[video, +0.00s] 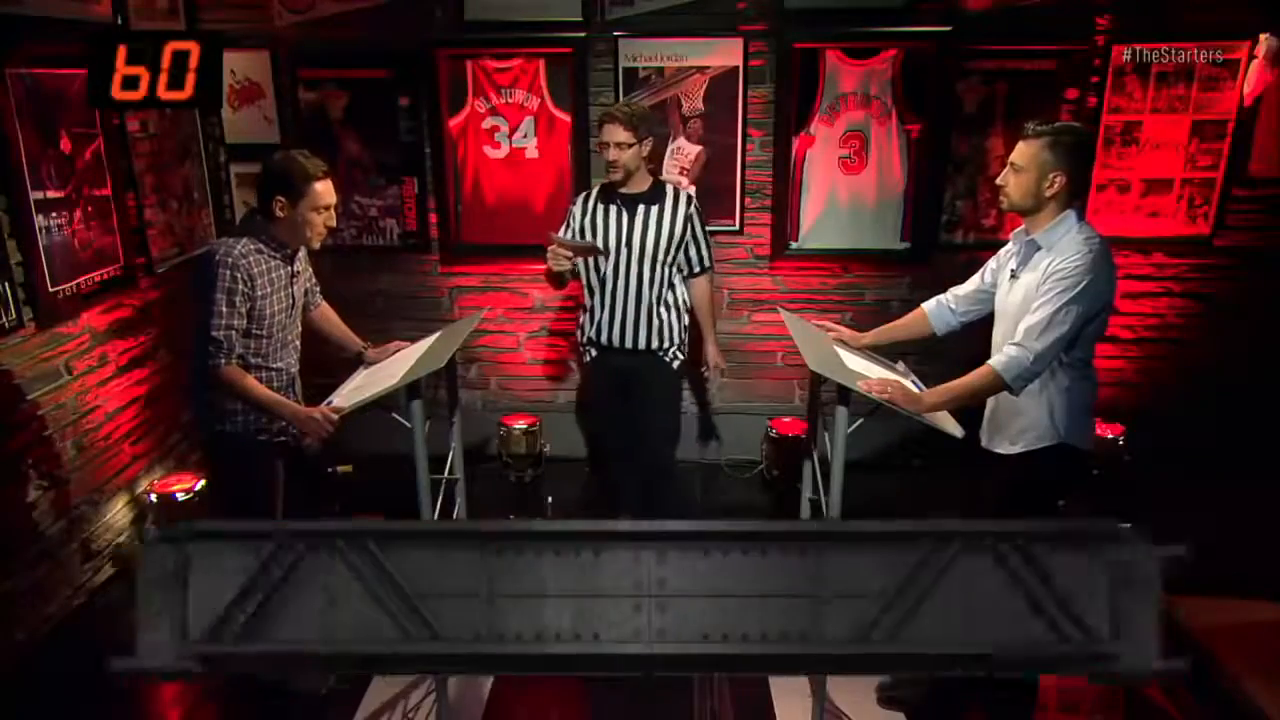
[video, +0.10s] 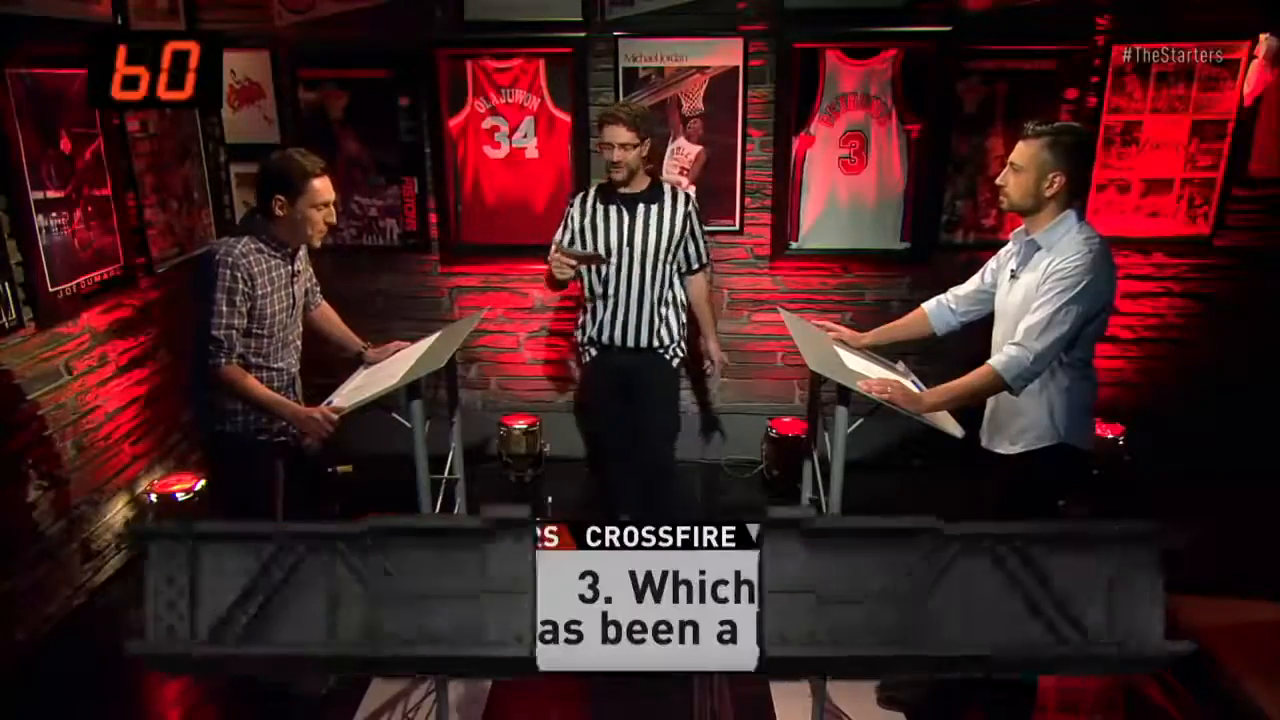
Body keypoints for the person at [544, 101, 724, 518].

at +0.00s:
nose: (611, 157)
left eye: (621, 146)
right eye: (606, 147)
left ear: (647, 147)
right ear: (599, 147)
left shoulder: (680, 204)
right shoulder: (586, 204)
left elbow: (697, 276)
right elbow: (560, 278)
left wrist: (710, 341)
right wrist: (556, 266)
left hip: (659, 357)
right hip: (601, 356)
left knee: (655, 461)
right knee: (606, 462)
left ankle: (658, 550)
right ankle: (608, 550)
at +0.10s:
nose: (615, 157)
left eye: (625, 146)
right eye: (608, 147)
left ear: (646, 147)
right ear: (600, 148)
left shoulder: (678, 203)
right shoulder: (584, 204)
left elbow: (694, 274)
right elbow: (558, 278)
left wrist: (709, 337)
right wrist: (558, 270)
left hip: (658, 355)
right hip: (601, 354)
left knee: (655, 458)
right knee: (606, 459)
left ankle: (657, 542)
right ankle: (610, 540)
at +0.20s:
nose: (630, 155)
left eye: (638, 145)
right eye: (620, 146)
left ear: (648, 149)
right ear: (603, 150)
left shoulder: (676, 203)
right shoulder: (582, 206)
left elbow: (690, 272)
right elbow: (559, 270)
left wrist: (710, 333)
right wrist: (564, 278)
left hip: (658, 352)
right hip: (601, 352)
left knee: (655, 452)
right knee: (607, 453)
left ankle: (657, 534)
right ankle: (612, 532)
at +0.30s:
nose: (644, 152)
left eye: (648, 143)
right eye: (631, 144)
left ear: (653, 145)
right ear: (604, 149)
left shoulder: (674, 203)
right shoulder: (581, 209)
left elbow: (687, 270)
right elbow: (557, 280)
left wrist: (711, 326)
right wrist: (571, 286)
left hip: (657, 354)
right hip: (601, 355)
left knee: (656, 455)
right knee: (607, 457)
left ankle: (656, 536)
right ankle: (610, 537)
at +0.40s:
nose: (647, 150)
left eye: (650, 141)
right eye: (635, 141)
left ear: (654, 144)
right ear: (606, 148)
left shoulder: (671, 202)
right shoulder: (581, 209)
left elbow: (684, 267)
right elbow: (558, 282)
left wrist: (712, 312)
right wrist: (580, 294)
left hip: (658, 354)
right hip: (603, 355)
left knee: (656, 454)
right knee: (608, 456)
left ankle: (655, 533)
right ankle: (610, 534)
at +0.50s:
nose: (648, 149)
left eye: (651, 140)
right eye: (636, 141)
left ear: (654, 144)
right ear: (607, 147)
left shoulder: (669, 202)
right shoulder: (580, 210)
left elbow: (681, 267)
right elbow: (558, 284)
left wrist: (707, 296)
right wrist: (588, 296)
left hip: (657, 355)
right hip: (603, 356)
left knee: (656, 456)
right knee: (608, 457)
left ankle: (657, 536)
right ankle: (610, 535)